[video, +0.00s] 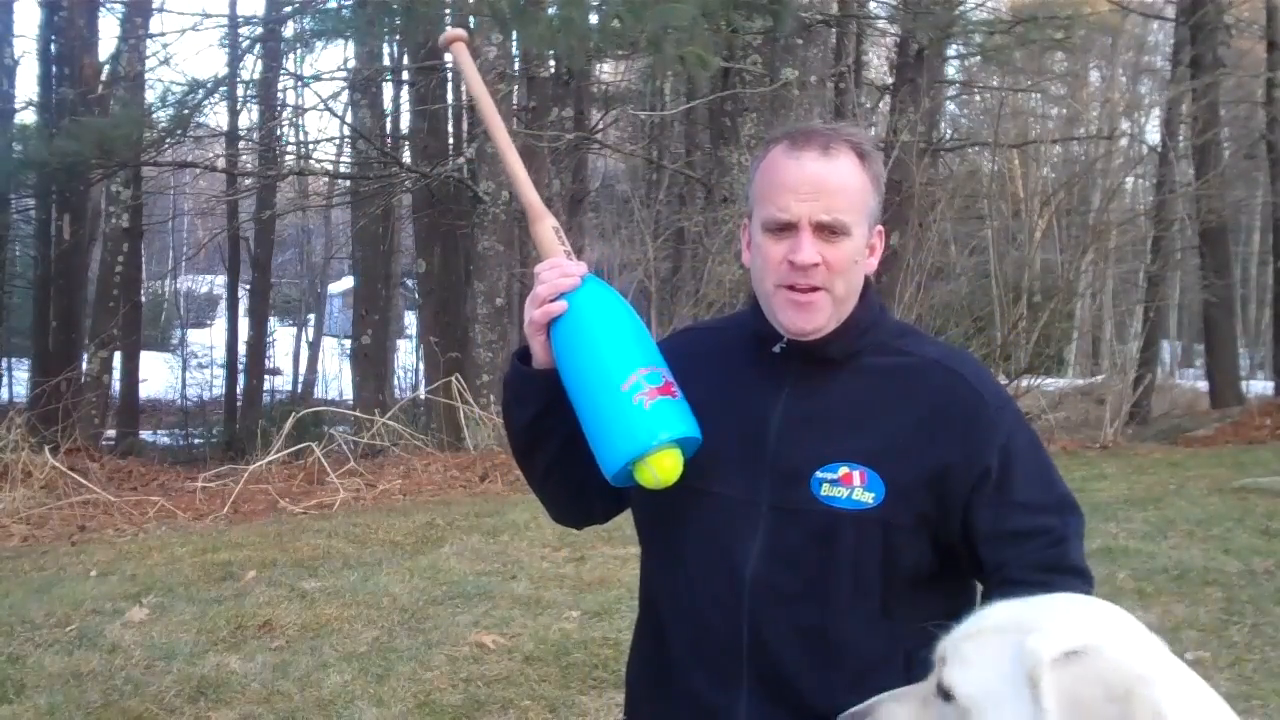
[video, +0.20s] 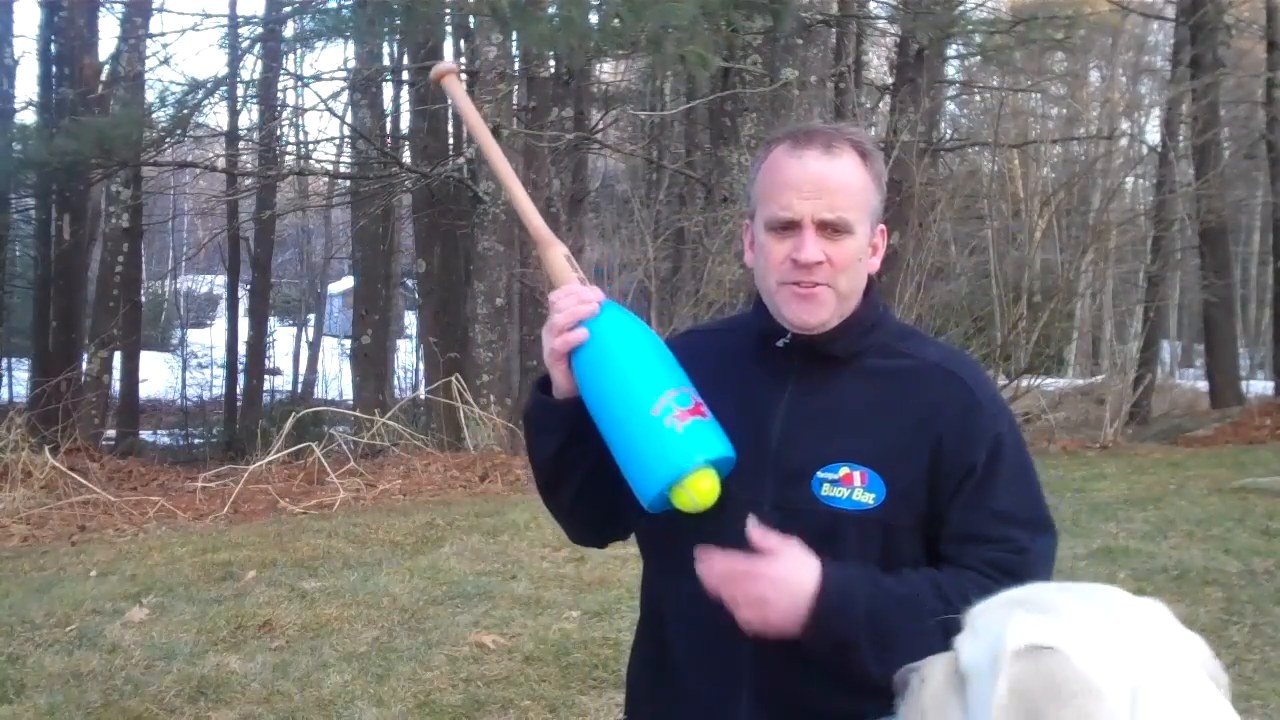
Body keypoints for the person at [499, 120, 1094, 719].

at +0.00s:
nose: (803, 256)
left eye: (831, 231)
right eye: (780, 229)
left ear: (873, 249)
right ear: (747, 242)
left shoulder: (953, 402)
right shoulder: (679, 370)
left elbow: (1047, 586)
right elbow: (579, 497)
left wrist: (980, 708)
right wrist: (542, 368)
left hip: (868, 713)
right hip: (678, 707)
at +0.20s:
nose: (806, 253)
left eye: (832, 229)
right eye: (784, 228)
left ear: (875, 248)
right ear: (749, 242)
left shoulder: (948, 398)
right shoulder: (678, 369)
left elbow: (1009, 590)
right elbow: (594, 517)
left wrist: (826, 599)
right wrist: (566, 397)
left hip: (860, 708)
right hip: (681, 706)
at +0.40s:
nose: (808, 255)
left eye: (834, 230)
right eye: (786, 228)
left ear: (875, 249)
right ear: (749, 243)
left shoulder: (951, 398)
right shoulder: (685, 369)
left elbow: (999, 587)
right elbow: (608, 531)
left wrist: (814, 568)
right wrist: (572, 415)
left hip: (877, 705)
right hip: (685, 705)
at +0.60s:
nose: (804, 255)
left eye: (829, 230)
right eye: (782, 229)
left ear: (872, 247)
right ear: (747, 244)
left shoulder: (951, 397)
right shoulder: (681, 370)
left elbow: (991, 591)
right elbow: (604, 530)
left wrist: (806, 564)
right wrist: (571, 415)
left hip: (876, 703)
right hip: (685, 703)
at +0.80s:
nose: (799, 255)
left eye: (824, 230)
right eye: (776, 229)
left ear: (870, 247)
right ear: (744, 245)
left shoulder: (951, 397)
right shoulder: (677, 370)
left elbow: (984, 590)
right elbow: (603, 526)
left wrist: (799, 555)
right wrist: (571, 411)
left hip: (870, 704)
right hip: (682, 702)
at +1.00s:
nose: (795, 251)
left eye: (822, 226)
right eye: (773, 225)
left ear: (868, 248)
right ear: (742, 241)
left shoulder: (949, 396)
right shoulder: (675, 368)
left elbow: (981, 586)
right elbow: (603, 526)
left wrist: (796, 548)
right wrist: (572, 410)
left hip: (864, 706)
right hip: (680, 704)